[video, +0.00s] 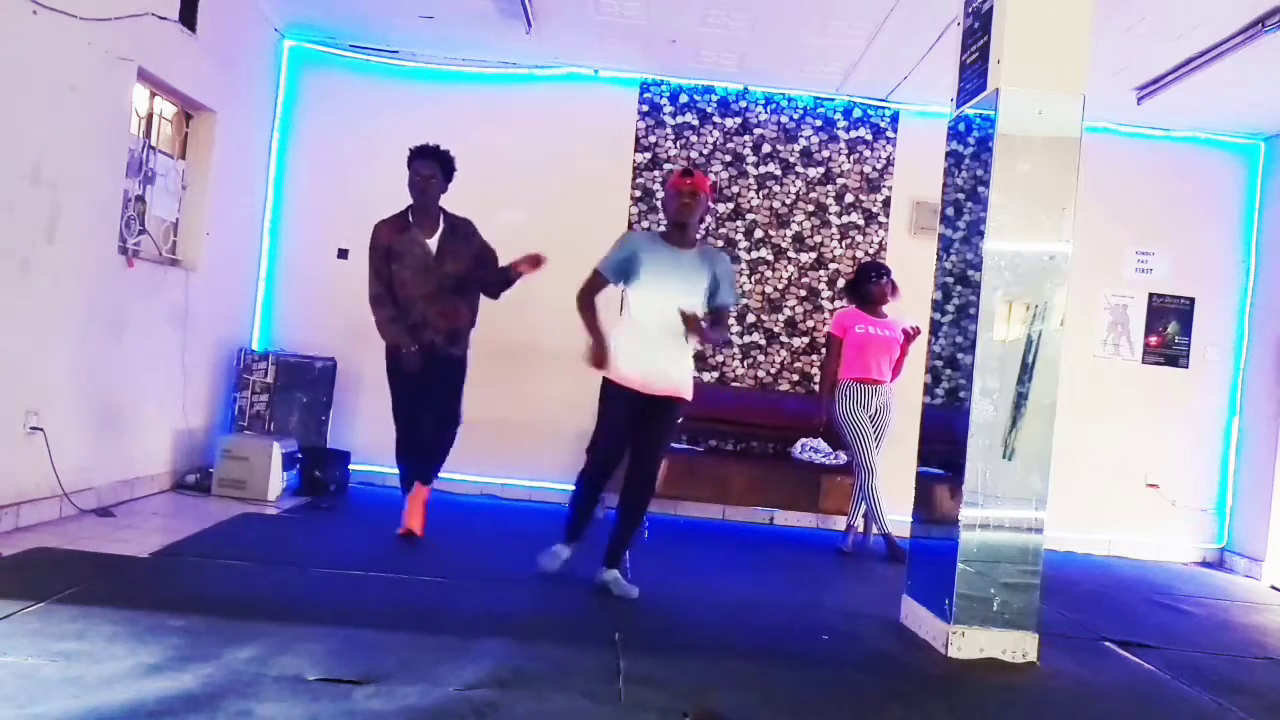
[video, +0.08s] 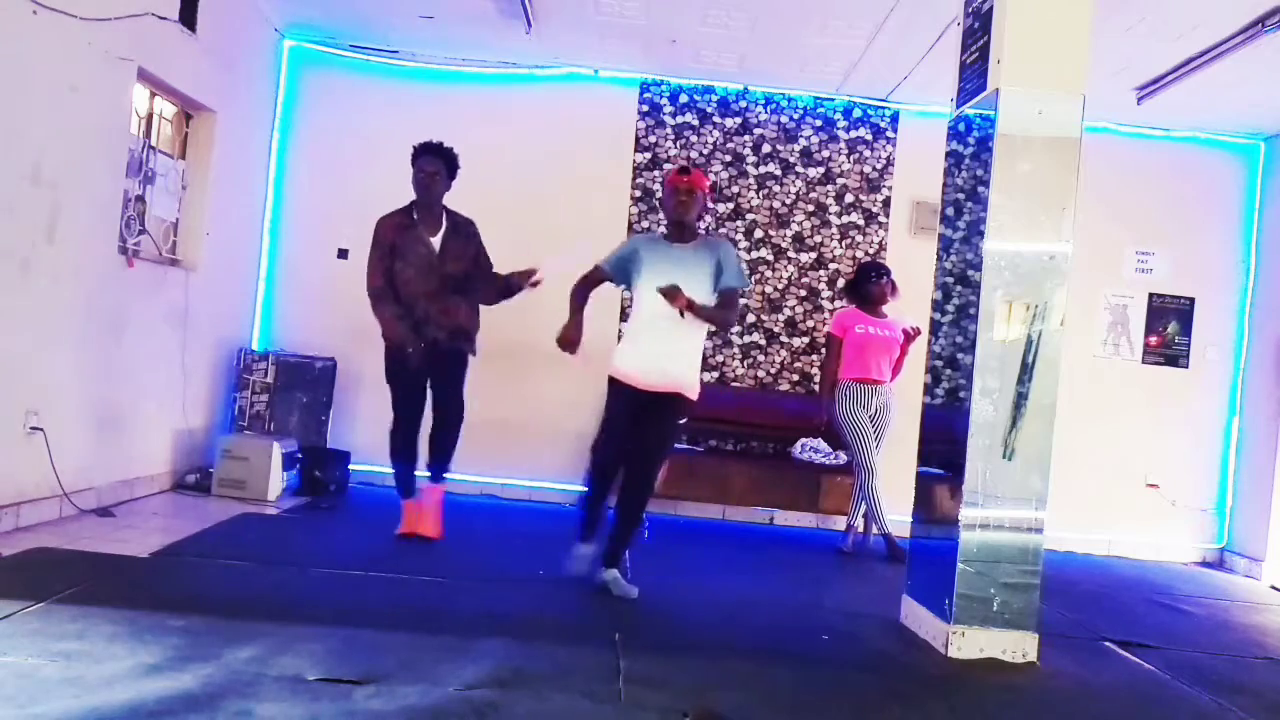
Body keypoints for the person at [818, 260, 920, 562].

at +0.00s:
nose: (889, 285)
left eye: (889, 280)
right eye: (881, 280)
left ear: (889, 287)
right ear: (865, 287)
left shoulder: (894, 328)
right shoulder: (846, 317)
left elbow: (892, 375)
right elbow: (830, 364)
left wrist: (905, 347)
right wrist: (826, 406)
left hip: (881, 398)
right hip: (850, 394)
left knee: (868, 465)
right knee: (867, 463)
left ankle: (850, 533)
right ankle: (887, 536)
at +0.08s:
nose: (889, 285)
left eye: (889, 280)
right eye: (881, 280)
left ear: (890, 287)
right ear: (865, 287)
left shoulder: (894, 328)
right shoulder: (846, 317)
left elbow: (892, 374)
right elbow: (830, 364)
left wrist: (905, 347)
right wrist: (826, 406)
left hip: (881, 397)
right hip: (850, 394)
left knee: (868, 464)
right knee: (867, 463)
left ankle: (850, 532)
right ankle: (887, 536)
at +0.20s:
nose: (888, 285)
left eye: (889, 280)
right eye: (881, 280)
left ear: (889, 287)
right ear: (865, 287)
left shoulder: (894, 328)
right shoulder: (845, 317)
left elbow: (892, 374)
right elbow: (830, 364)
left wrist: (905, 347)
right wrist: (825, 404)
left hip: (881, 397)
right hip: (850, 395)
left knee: (868, 464)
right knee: (867, 463)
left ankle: (850, 532)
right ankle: (887, 536)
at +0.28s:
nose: (889, 285)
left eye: (888, 280)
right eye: (882, 280)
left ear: (887, 286)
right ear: (866, 286)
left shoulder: (894, 327)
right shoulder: (845, 317)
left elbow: (891, 374)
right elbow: (830, 363)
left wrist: (905, 347)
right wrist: (825, 404)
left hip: (881, 398)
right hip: (850, 395)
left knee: (868, 464)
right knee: (867, 463)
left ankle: (850, 532)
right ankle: (887, 536)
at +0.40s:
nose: (888, 287)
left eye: (888, 281)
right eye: (881, 281)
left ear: (887, 287)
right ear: (865, 286)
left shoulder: (894, 327)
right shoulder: (845, 317)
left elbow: (891, 374)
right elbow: (830, 364)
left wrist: (904, 347)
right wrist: (825, 405)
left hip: (881, 398)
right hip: (850, 395)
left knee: (868, 465)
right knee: (868, 464)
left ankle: (850, 533)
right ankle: (888, 536)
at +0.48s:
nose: (888, 285)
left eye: (888, 280)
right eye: (881, 280)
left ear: (886, 286)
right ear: (865, 286)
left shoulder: (893, 327)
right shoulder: (844, 317)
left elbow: (890, 374)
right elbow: (830, 364)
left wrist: (904, 347)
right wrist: (825, 405)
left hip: (881, 397)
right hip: (850, 394)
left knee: (868, 464)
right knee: (867, 463)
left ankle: (850, 531)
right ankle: (887, 535)